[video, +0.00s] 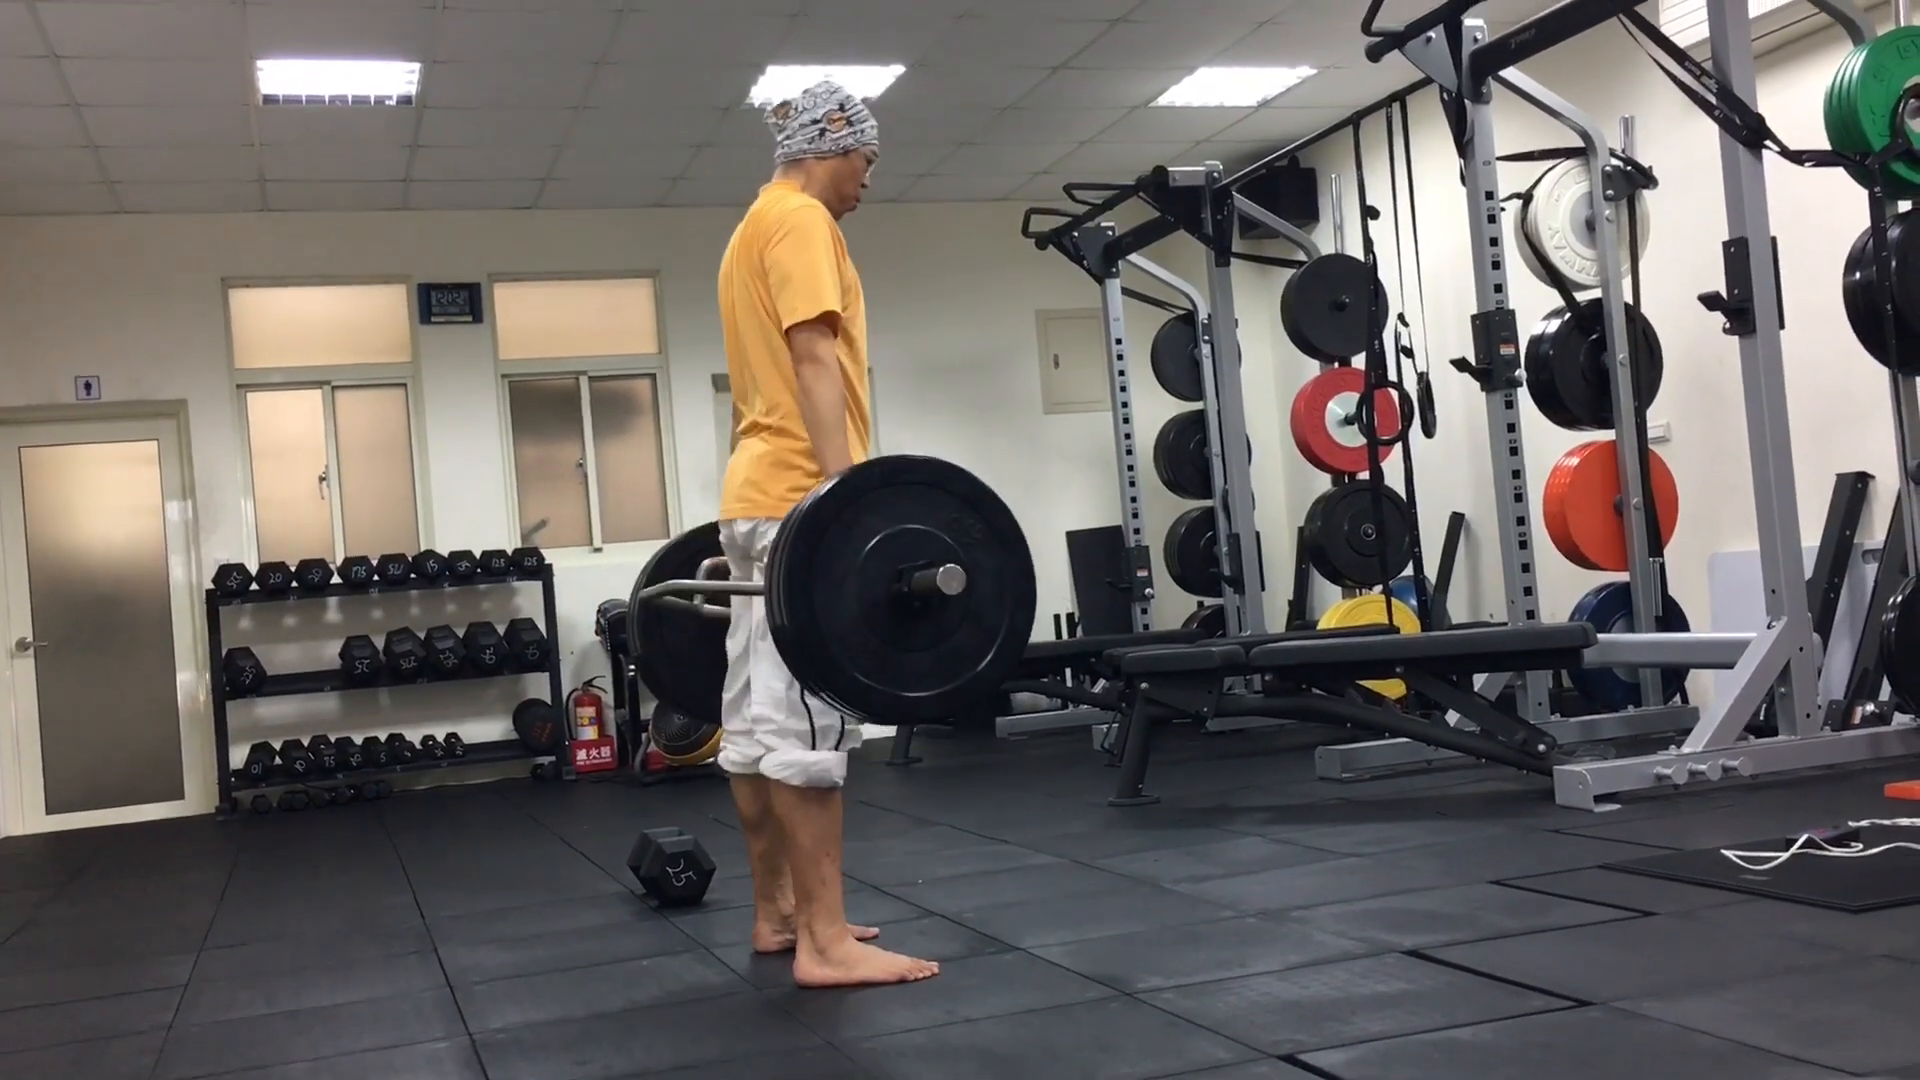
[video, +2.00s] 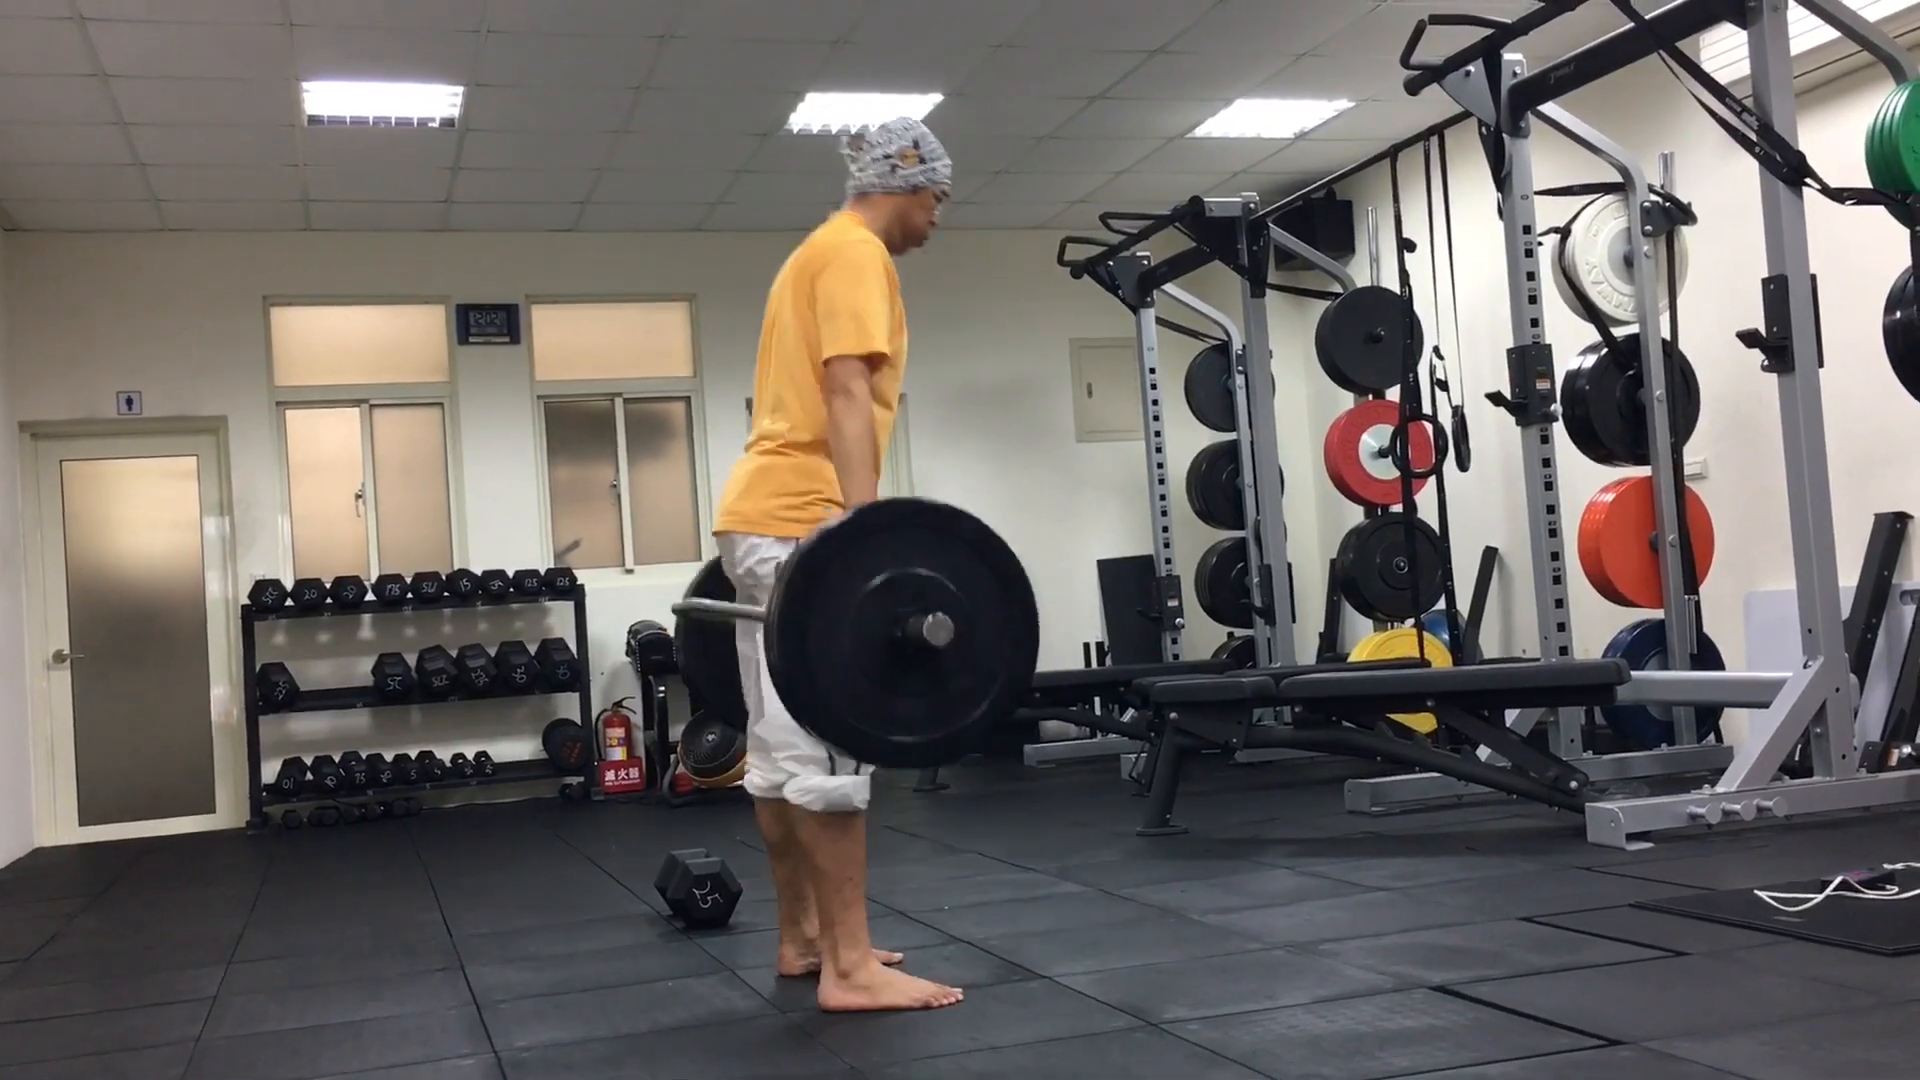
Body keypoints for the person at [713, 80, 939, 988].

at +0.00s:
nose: (869, 180)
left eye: (870, 164)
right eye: (863, 162)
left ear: (795, 155)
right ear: (828, 151)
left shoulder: (754, 230)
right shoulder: (797, 220)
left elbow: (759, 385)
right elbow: (815, 359)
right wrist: (843, 496)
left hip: (755, 501)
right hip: (801, 502)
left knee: (756, 717)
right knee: (807, 716)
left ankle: (778, 912)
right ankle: (827, 940)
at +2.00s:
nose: (937, 220)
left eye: (940, 204)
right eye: (935, 202)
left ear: (869, 187)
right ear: (904, 190)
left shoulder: (818, 256)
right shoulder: (853, 254)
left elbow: (794, 401)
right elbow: (844, 391)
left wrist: (836, 531)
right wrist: (873, 536)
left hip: (758, 526)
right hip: (800, 528)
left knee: (781, 741)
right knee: (829, 742)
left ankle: (804, 936)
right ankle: (851, 964)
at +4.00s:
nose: (970, 269)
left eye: (972, 252)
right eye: (969, 250)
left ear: (906, 235)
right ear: (941, 240)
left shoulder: (846, 301)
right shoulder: (882, 306)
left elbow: (837, 457)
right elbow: (878, 455)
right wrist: (896, 598)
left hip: (735, 532)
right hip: (779, 533)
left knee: (818, 724)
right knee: (873, 718)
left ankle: (806, 922)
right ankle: (852, 954)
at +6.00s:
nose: (969, 258)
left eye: (975, 243)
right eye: (971, 239)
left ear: (913, 222)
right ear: (938, 223)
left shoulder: (850, 282)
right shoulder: (887, 281)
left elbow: (809, 432)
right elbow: (882, 420)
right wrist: (900, 558)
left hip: (758, 527)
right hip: (805, 526)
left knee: (817, 730)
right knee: (866, 726)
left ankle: (814, 922)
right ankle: (859, 951)